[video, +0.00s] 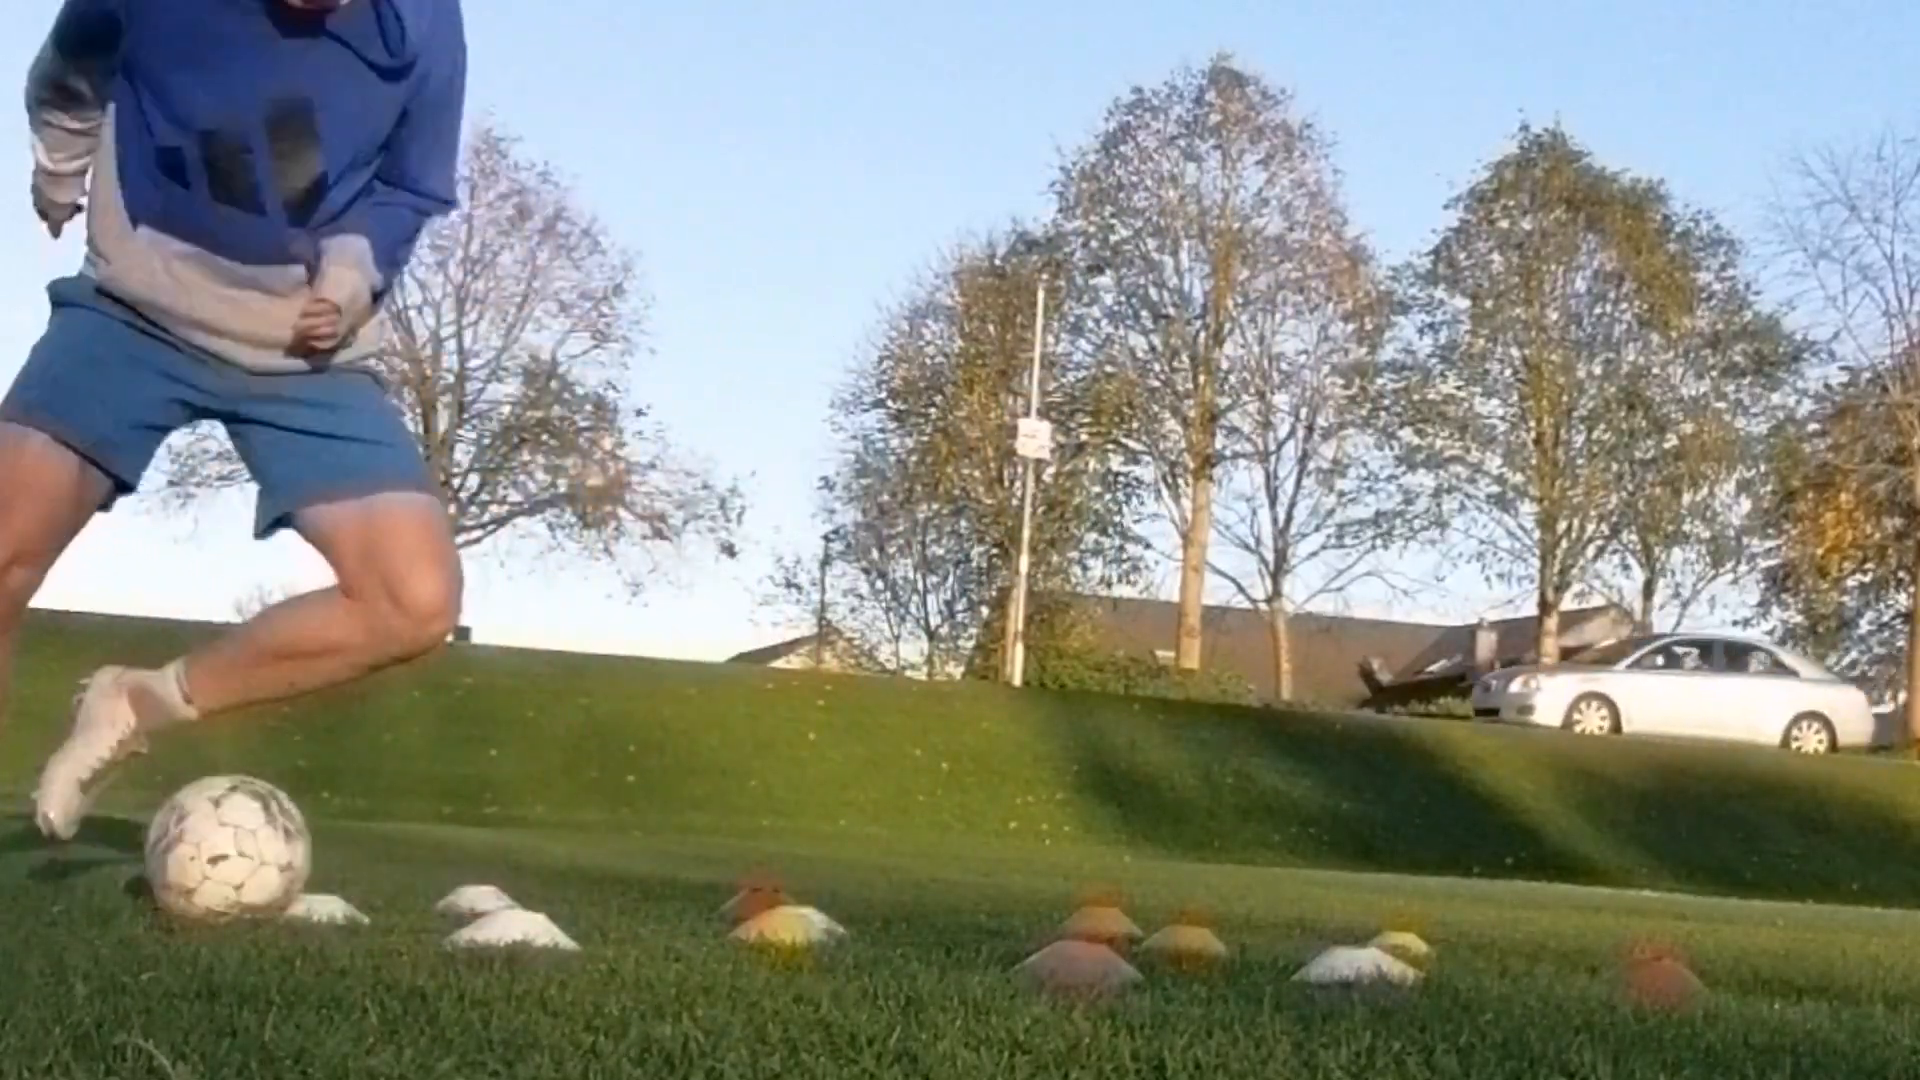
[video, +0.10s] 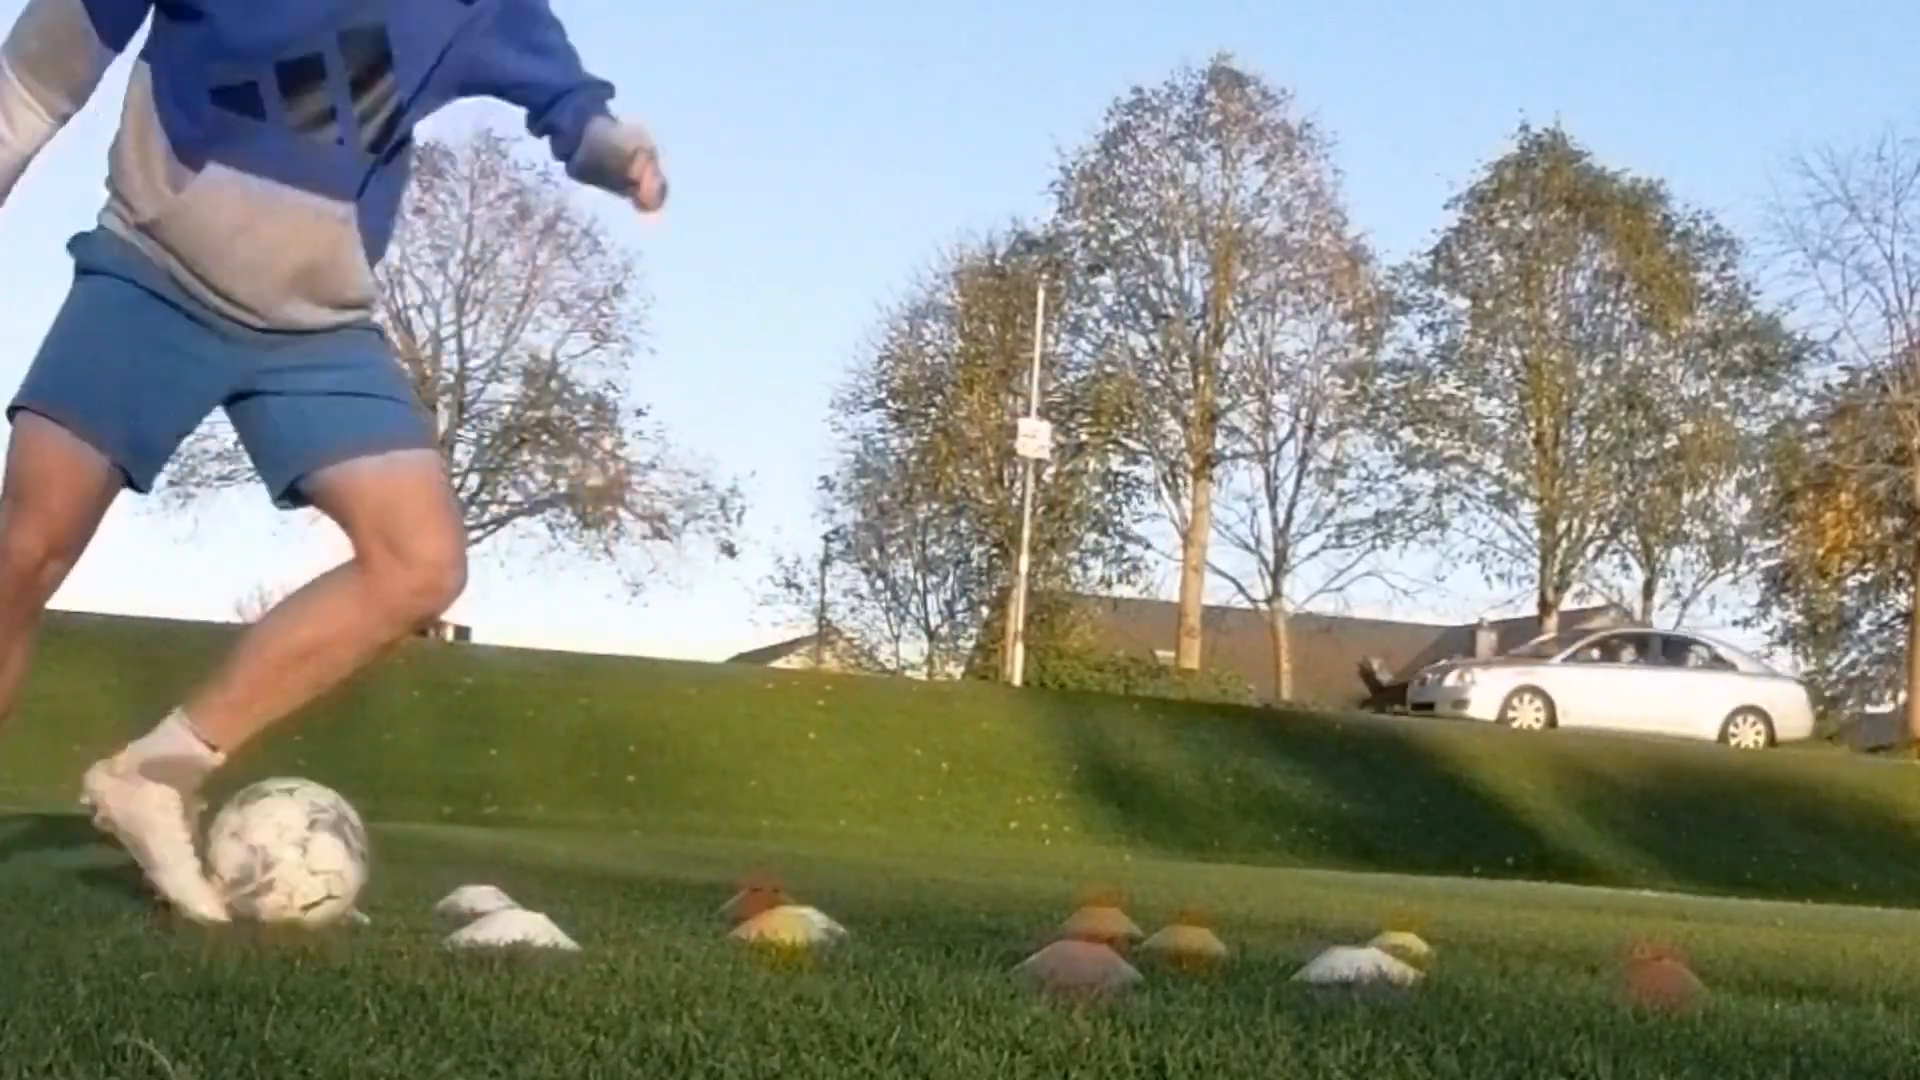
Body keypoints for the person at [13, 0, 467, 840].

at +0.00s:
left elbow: (410, 187)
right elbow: (69, 79)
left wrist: (352, 285)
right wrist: (61, 177)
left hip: (311, 364)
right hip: (129, 321)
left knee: (413, 603)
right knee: (5, 565)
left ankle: (147, 700)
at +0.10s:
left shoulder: (475, 8)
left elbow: (567, 103)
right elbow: (35, 83)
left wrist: (622, 152)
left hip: (323, 331)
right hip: (151, 284)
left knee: (418, 563)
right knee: (24, 553)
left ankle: (158, 771)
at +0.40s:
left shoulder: (631, 17)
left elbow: (567, 156)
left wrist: (691, 217)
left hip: (462, 234)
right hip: (353, 197)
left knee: (605, 507)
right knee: (476, 492)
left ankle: (488, 807)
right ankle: (413, 897)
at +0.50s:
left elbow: (522, 89)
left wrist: (628, 184)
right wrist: (298, 130)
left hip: (516, 189)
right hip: (414, 161)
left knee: (676, 478)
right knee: (549, 482)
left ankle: (597, 817)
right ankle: (436, 871)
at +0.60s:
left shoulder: (683, 8)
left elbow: (713, 26)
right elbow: (492, 2)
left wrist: (841, 58)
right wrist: (469, 131)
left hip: (562, 166)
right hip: (493, 133)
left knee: (656, 515)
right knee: (654, 413)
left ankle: (556, 835)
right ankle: (548, 803)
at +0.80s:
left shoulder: (827, 15)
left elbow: (730, 132)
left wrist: (870, 217)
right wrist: (451, 23)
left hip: (620, 212)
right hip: (595, 196)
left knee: (700, 524)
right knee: (728, 521)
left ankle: (529, 819)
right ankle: (661, 899)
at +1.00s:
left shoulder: (814, 19)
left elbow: (837, 59)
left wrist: (973, 97)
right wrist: (448, 31)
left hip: (576, 201)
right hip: (675, 186)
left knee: (640, 557)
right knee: (877, 472)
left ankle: (493, 879)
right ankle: (837, 810)